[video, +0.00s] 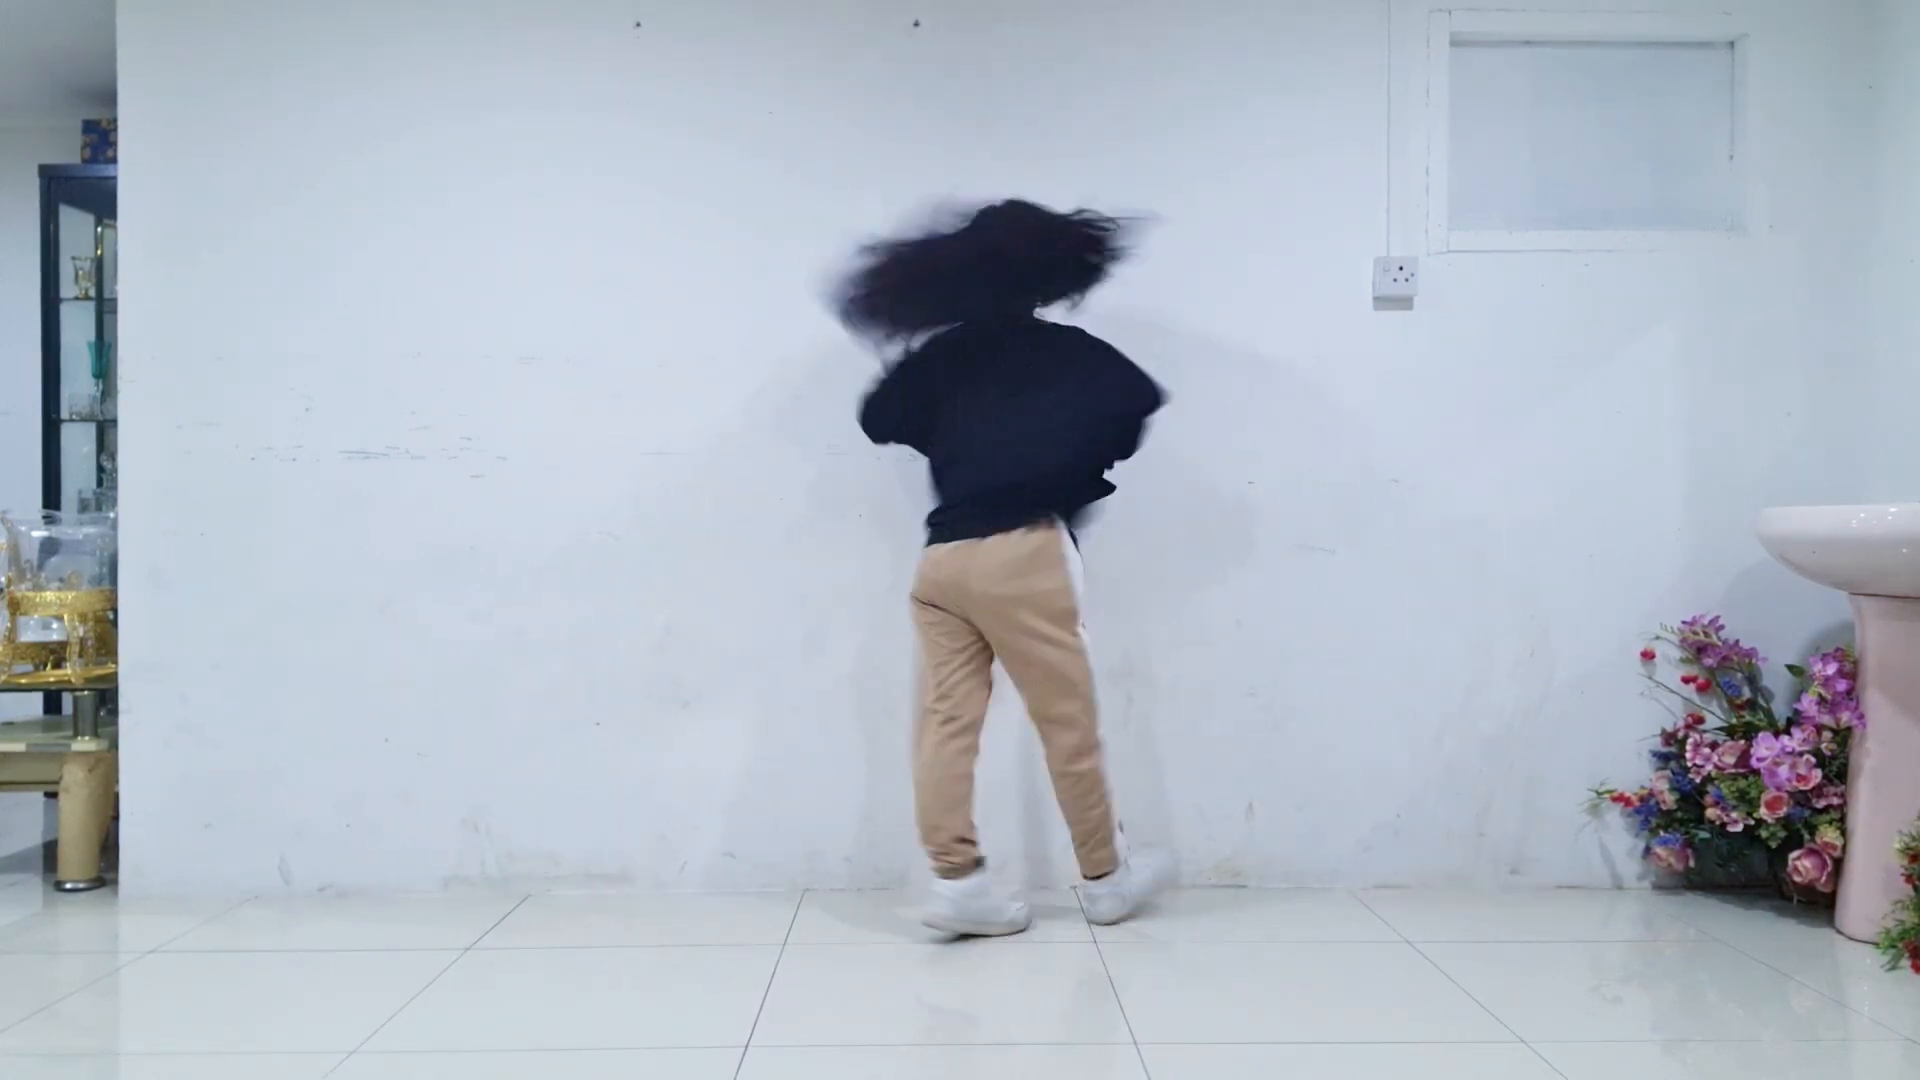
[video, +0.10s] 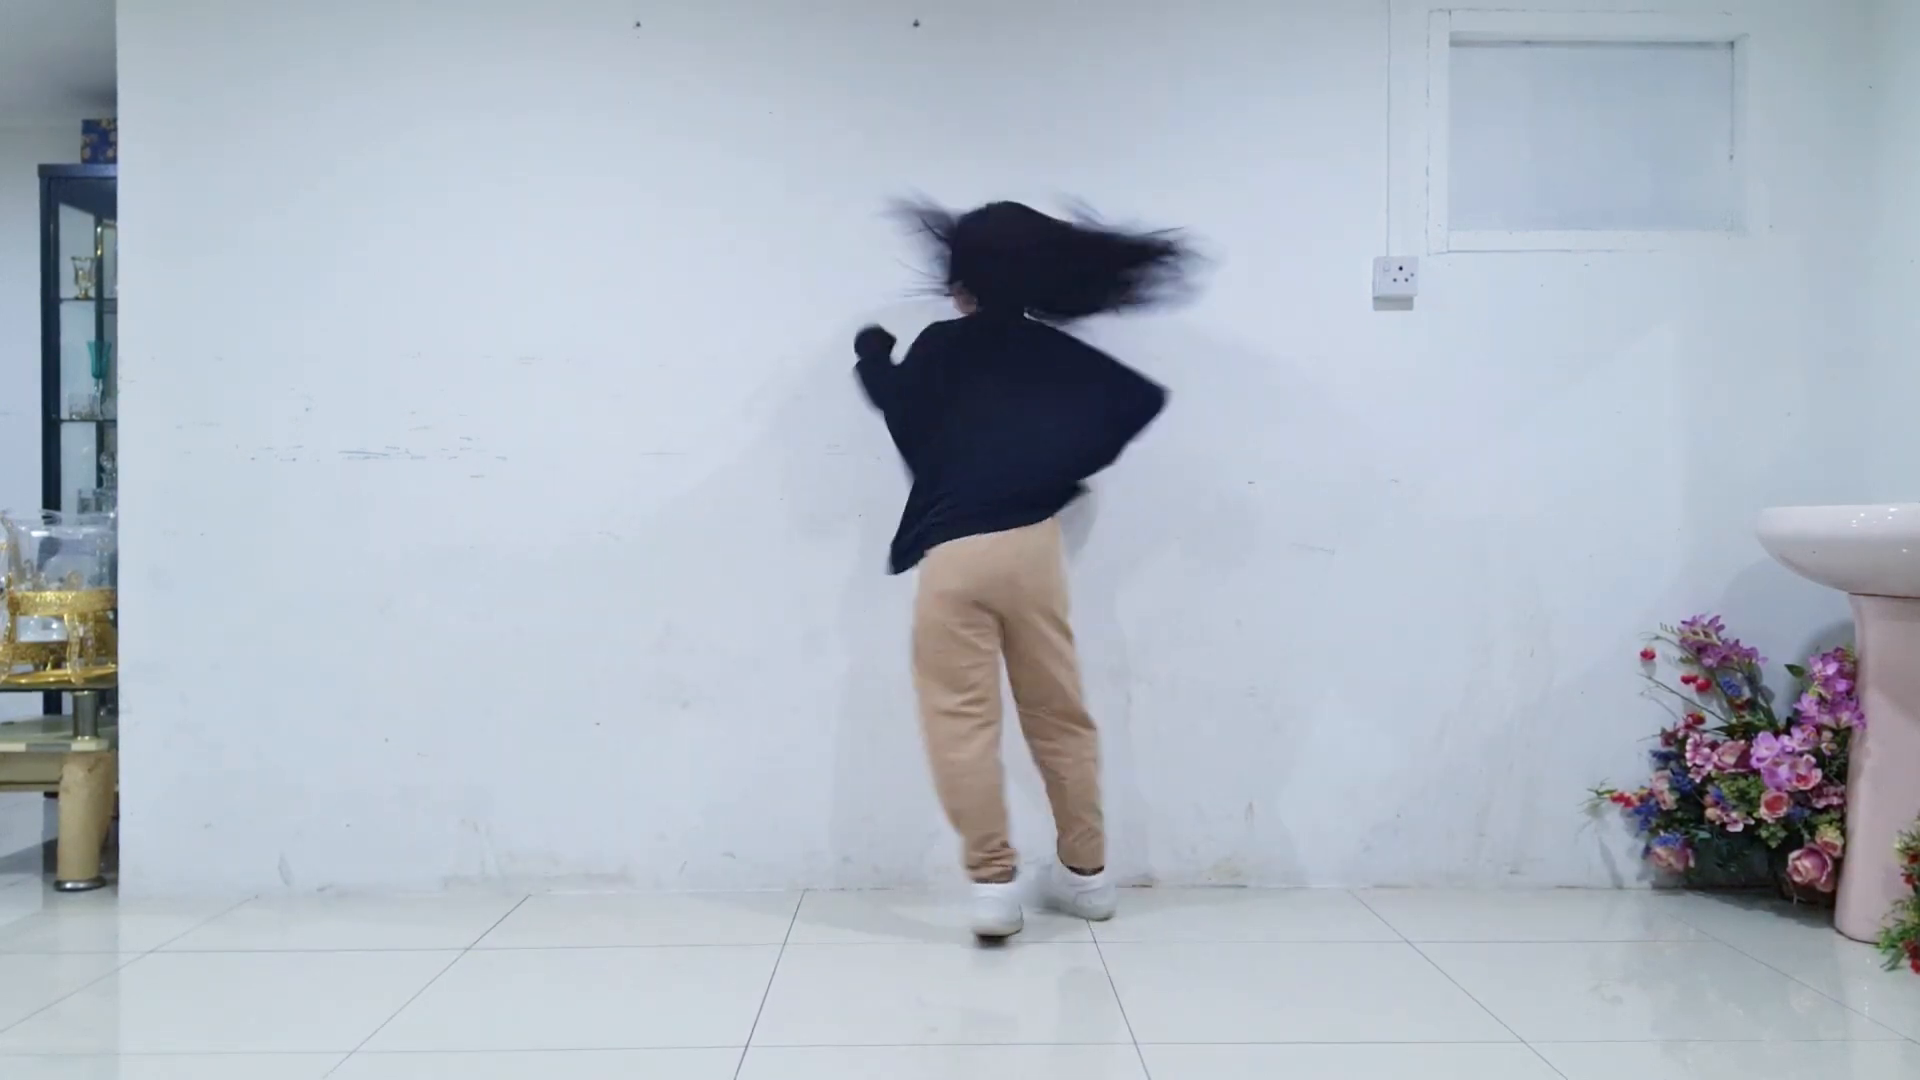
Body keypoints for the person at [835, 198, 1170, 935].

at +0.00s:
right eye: (1035, 278)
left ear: (963, 287)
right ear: (1035, 283)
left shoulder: (939, 362)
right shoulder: (1067, 350)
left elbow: (878, 417)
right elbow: (1135, 405)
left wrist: (949, 414)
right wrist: (1086, 460)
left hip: (941, 562)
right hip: (1025, 558)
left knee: (947, 723)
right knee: (1066, 720)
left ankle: (956, 884)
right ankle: (1103, 877)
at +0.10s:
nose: (949, 294)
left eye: (953, 284)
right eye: (955, 283)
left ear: (963, 289)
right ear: (1027, 287)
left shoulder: (935, 350)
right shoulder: (1053, 350)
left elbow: (886, 390)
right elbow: (1140, 398)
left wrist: (873, 350)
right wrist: (1076, 461)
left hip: (952, 560)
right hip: (1033, 549)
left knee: (961, 718)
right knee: (1059, 711)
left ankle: (993, 887)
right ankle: (1084, 873)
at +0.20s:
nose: (932, 269)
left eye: (944, 257)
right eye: (937, 255)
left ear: (978, 275)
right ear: (1000, 279)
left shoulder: (965, 347)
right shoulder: (1032, 350)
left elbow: (950, 387)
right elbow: (1076, 410)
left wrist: (910, 336)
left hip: (980, 561)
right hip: (1035, 545)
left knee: (995, 718)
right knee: (1046, 713)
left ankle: (1019, 883)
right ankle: (1080, 875)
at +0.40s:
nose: (933, 260)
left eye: (954, 249)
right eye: (928, 248)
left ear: (988, 268)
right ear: (916, 263)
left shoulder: (1012, 331)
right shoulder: (929, 353)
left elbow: (1065, 382)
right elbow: (939, 426)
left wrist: (1023, 298)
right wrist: (888, 417)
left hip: (1021, 551)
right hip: (960, 556)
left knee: (1025, 704)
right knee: (996, 710)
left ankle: (1046, 862)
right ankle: (1057, 842)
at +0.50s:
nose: (946, 258)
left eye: (965, 247)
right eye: (936, 246)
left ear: (991, 265)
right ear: (919, 263)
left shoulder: (1024, 341)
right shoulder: (915, 360)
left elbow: (1099, 381)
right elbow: (909, 445)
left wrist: (1080, 303)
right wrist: (869, 413)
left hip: (1021, 554)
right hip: (948, 552)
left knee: (1023, 710)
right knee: (972, 715)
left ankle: (1031, 861)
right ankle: (1036, 831)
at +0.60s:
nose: (958, 266)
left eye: (975, 254)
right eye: (945, 254)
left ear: (999, 271)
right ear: (927, 271)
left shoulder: (1034, 353)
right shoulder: (909, 363)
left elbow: (1115, 381)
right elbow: (901, 461)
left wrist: (1122, 308)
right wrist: (872, 421)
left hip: (1019, 560)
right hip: (940, 557)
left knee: (1020, 715)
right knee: (932, 721)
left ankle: (1030, 864)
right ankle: (1003, 820)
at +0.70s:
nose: (962, 279)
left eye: (978, 265)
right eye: (949, 266)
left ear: (1001, 279)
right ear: (931, 281)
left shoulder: (1047, 359)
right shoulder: (909, 369)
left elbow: (1135, 332)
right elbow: (861, 398)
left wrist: (1216, 295)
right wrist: (862, 415)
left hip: (1017, 565)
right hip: (935, 561)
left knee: (1016, 724)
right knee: (902, 725)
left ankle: (1026, 866)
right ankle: (924, 848)